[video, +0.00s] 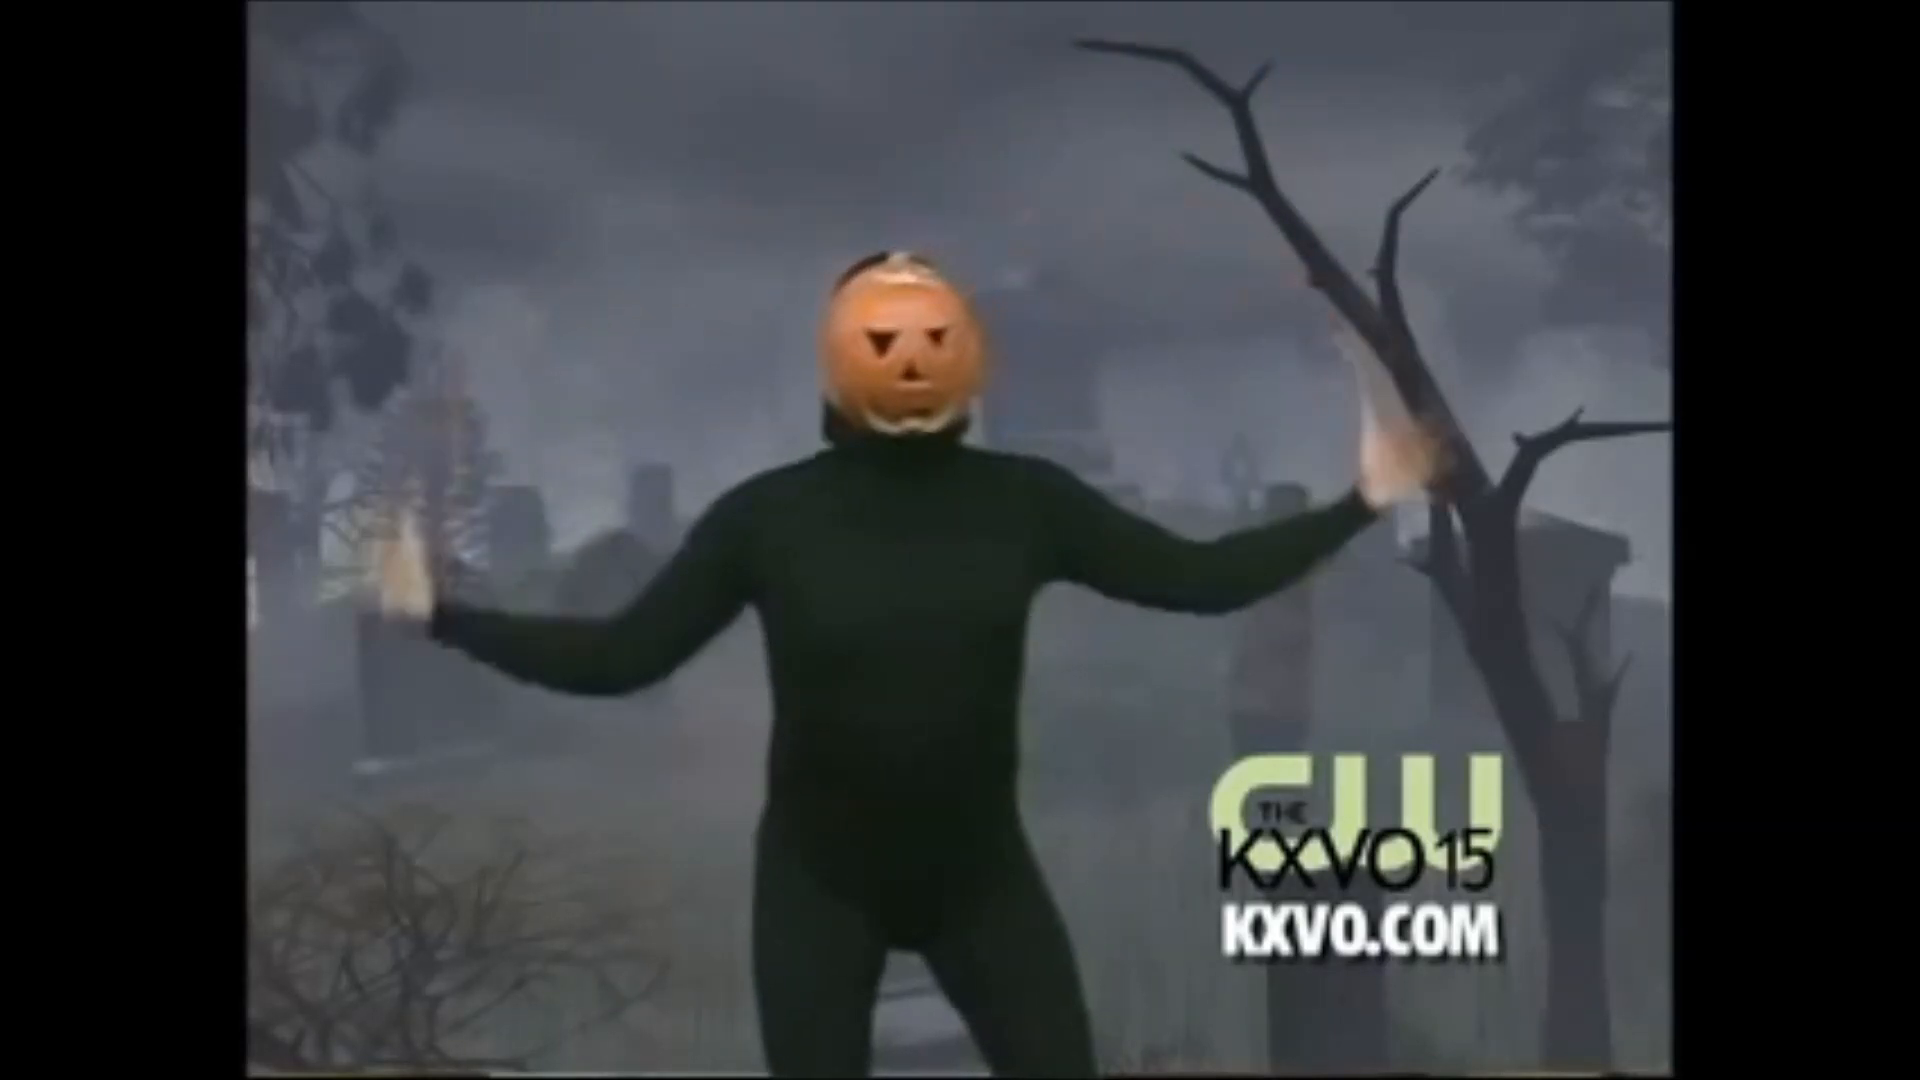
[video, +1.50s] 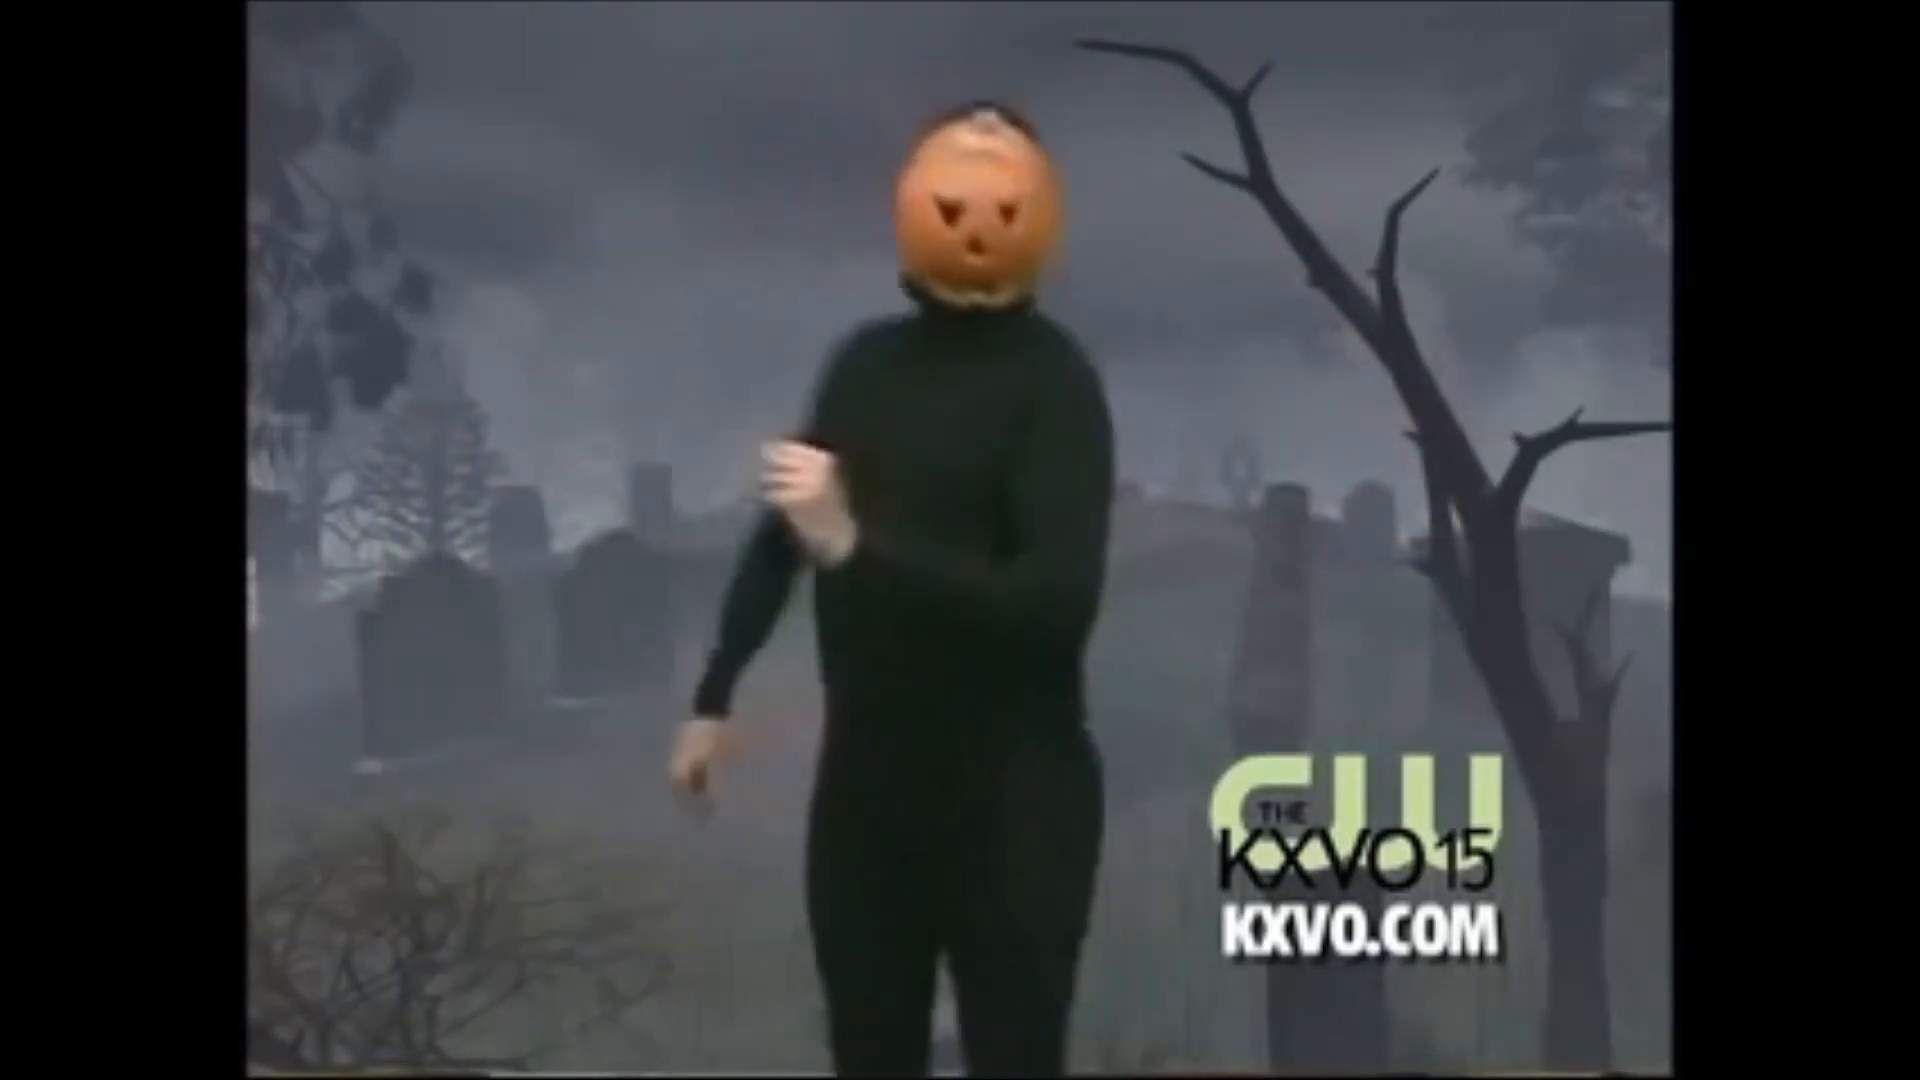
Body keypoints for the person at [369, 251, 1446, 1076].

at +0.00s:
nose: (908, 337)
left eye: (935, 324)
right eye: (877, 326)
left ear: (972, 368)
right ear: (833, 370)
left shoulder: (1029, 503)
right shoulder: (768, 516)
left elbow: (1202, 575)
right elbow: (622, 656)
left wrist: (1365, 496)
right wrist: (439, 610)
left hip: (979, 871)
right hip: (817, 876)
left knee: (1059, 1062)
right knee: (813, 1072)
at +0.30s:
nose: (887, 354)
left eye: (913, 333)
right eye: (856, 338)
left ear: (954, 363)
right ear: (814, 373)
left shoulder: (1007, 504)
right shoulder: (750, 529)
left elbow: (1142, 622)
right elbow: (655, 711)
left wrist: (1306, 634)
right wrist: (512, 816)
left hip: (973, 873)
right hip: (811, 882)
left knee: (1041, 1064)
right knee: (809, 1071)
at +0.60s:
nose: (893, 304)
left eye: (915, 282)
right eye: (856, 290)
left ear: (948, 310)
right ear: (803, 331)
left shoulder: (972, 451)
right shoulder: (778, 492)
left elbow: (955, 611)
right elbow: (799, 690)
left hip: (962, 777)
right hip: (822, 802)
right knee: (846, 1049)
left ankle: (1028, 1064)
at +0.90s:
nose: (854, 214)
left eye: (876, 192)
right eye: (820, 197)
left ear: (912, 213)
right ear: (769, 233)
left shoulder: (962, 342)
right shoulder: (756, 401)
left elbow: (970, 523)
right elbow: (859, 583)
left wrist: (1012, 442)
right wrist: (992, 472)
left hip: (959, 757)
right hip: (813, 774)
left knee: (994, 1042)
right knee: (835, 1050)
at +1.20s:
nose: (900, 292)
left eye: (926, 267)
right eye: (868, 271)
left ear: (961, 291)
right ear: (816, 297)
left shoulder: (1014, 432)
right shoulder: (773, 468)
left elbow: (1139, 626)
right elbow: (674, 676)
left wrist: (1048, 490)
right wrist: (752, 707)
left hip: (952, 792)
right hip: (804, 812)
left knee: (1127, 971)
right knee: (821, 1062)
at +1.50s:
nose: (976, 232)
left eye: (1006, 212)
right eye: (948, 207)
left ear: (1044, 231)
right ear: (902, 217)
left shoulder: (1056, 384)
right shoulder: (866, 364)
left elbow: (1055, 607)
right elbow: (786, 532)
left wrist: (851, 546)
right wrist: (712, 701)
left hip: (1016, 788)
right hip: (871, 779)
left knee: (1014, 1057)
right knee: (872, 1057)